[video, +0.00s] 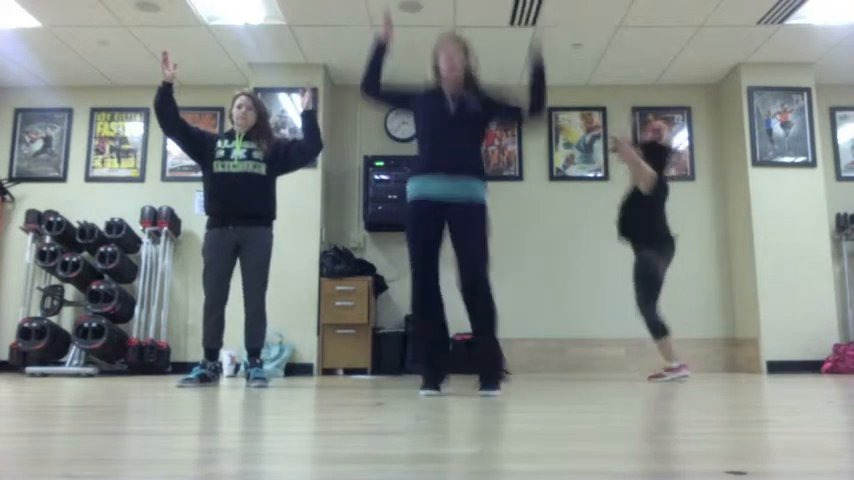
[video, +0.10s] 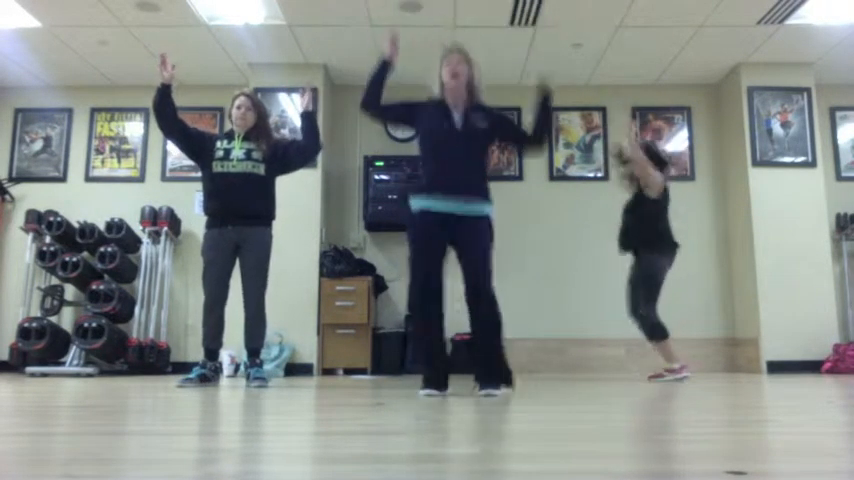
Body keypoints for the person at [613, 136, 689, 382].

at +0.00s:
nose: (631, 159)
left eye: (636, 155)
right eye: (633, 154)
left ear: (647, 159)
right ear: (656, 161)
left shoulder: (652, 183)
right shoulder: (646, 182)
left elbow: (640, 166)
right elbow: (633, 160)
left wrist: (624, 148)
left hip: (654, 247)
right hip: (650, 245)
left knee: (647, 305)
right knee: (647, 304)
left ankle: (674, 364)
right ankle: (673, 363)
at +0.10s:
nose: (633, 169)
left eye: (637, 163)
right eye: (632, 164)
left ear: (649, 163)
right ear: (648, 164)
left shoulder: (656, 186)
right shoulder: (646, 187)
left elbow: (641, 161)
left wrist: (632, 143)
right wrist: (628, 146)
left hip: (657, 252)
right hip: (647, 252)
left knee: (643, 308)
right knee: (639, 308)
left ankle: (674, 364)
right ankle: (672, 363)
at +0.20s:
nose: (636, 156)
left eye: (641, 152)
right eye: (634, 152)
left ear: (651, 157)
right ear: (630, 159)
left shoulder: (660, 184)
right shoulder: (628, 187)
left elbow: (659, 163)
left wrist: (639, 141)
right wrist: (614, 162)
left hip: (659, 247)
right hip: (634, 249)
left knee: (653, 301)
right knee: (632, 304)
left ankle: (669, 360)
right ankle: (656, 358)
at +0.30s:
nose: (638, 156)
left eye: (642, 152)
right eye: (634, 153)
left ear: (650, 157)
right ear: (628, 159)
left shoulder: (660, 182)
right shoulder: (625, 188)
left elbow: (664, 175)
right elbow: (601, 197)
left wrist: (653, 156)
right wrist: (596, 176)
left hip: (658, 248)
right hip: (631, 249)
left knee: (655, 304)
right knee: (634, 308)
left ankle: (663, 363)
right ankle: (646, 363)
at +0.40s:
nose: (635, 161)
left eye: (639, 157)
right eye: (631, 157)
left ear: (649, 160)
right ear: (625, 162)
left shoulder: (658, 186)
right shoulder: (623, 192)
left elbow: (671, 209)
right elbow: (618, 222)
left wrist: (654, 186)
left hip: (657, 253)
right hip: (627, 255)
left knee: (656, 308)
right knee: (626, 312)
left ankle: (663, 364)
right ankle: (641, 363)